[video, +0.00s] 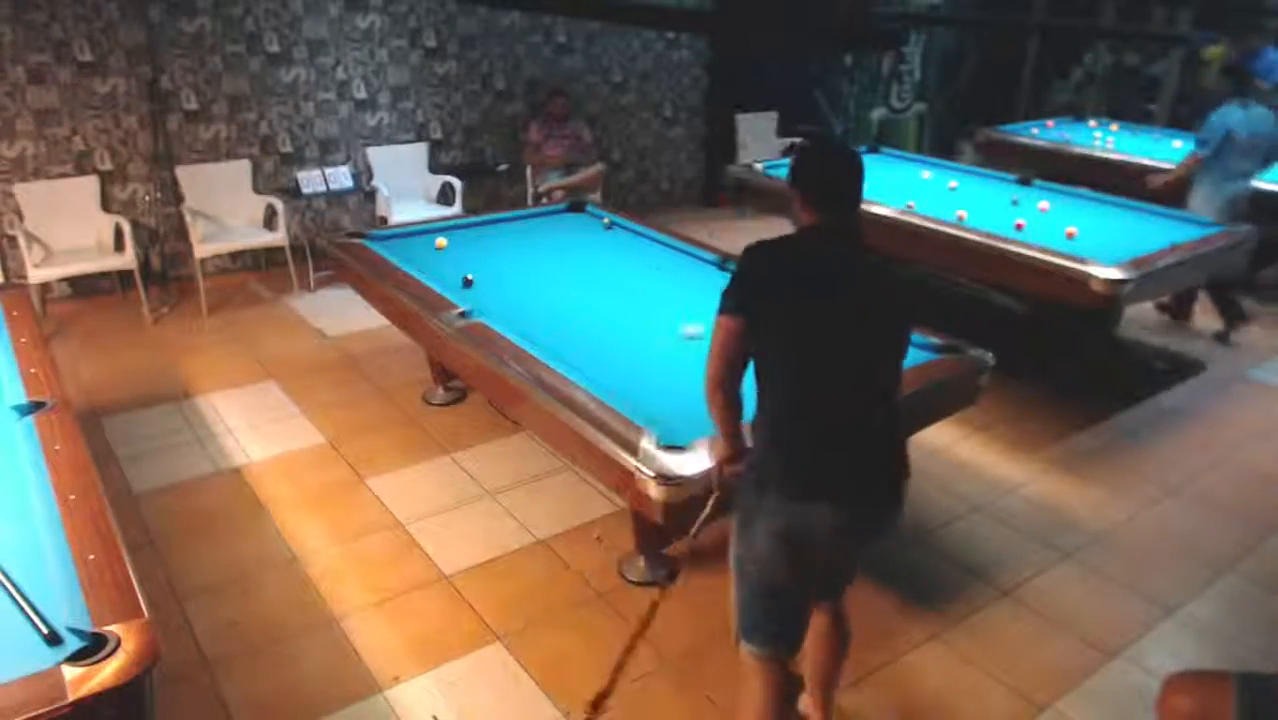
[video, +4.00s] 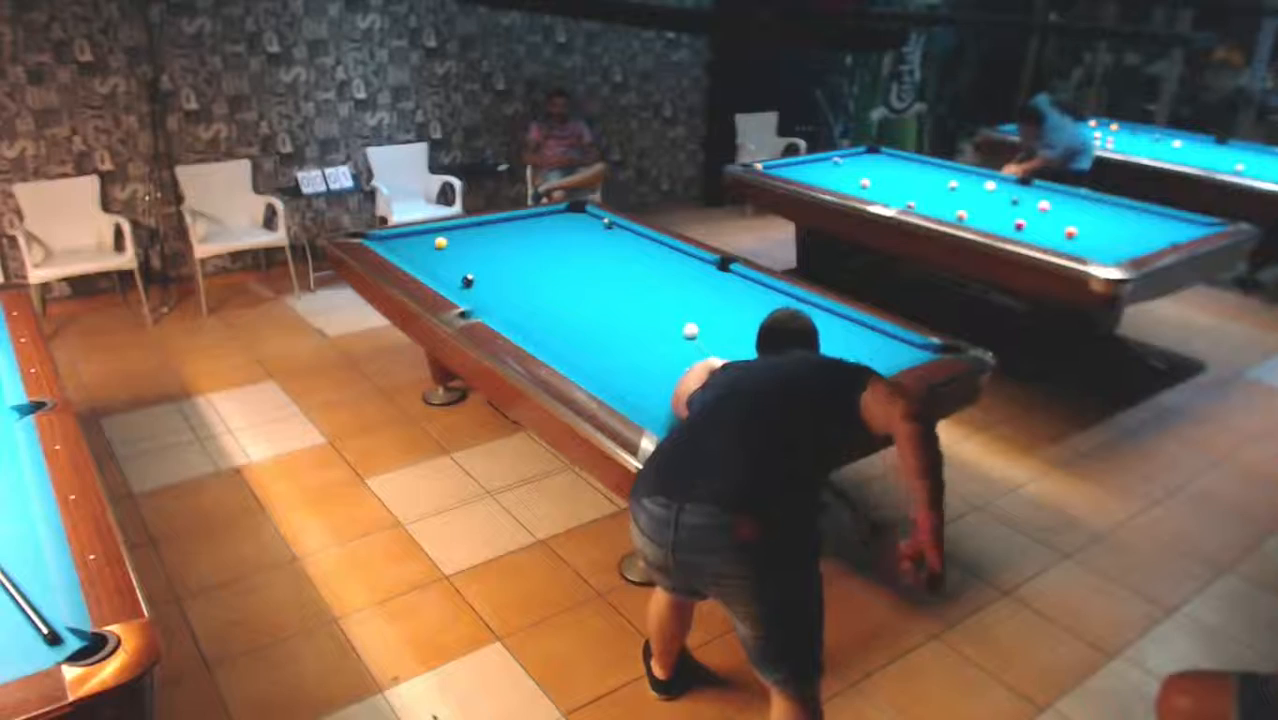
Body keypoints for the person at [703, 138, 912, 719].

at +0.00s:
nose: (793, 199)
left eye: (794, 190)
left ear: (796, 198)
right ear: (859, 197)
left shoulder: (763, 264)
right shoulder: (887, 275)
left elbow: (721, 375)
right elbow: (890, 385)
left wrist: (730, 447)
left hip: (783, 479)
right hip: (867, 478)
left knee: (767, 651)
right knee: (828, 600)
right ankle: (818, 706)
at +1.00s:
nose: (846, 283)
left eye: (848, 272)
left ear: (854, 283)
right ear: (938, 286)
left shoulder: (786, 377)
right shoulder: (980, 412)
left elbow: (682, 494)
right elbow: (970, 542)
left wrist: (644, 459)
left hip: (772, 630)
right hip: (888, 632)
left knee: (770, 708)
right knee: (856, 683)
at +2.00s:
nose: (860, 269)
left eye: (864, 256)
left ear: (867, 269)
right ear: (951, 279)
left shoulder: (801, 353)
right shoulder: (984, 394)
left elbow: (666, 383)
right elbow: (1079, 509)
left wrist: (624, 322)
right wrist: (1016, 552)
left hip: (774, 605)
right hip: (879, 611)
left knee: (774, 706)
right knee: (846, 663)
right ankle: (838, 705)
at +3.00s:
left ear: (786, 258)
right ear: (851, 263)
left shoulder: (746, 303)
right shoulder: (864, 318)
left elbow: (691, 374)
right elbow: (920, 412)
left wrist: (756, 382)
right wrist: (899, 499)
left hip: (694, 494)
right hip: (791, 511)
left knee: (680, 590)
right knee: (810, 654)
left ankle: (665, 669)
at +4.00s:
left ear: (760, 349)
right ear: (814, 347)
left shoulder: (725, 372)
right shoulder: (844, 377)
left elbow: (681, 400)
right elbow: (910, 420)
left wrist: (705, 364)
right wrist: (927, 533)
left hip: (652, 508)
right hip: (746, 525)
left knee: (673, 584)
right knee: (791, 687)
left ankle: (663, 672)